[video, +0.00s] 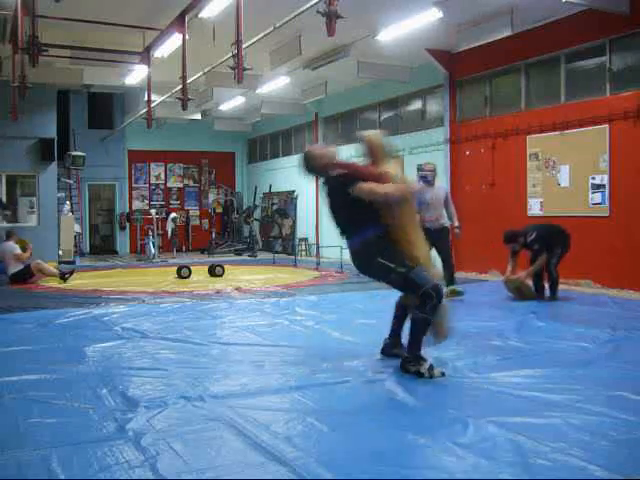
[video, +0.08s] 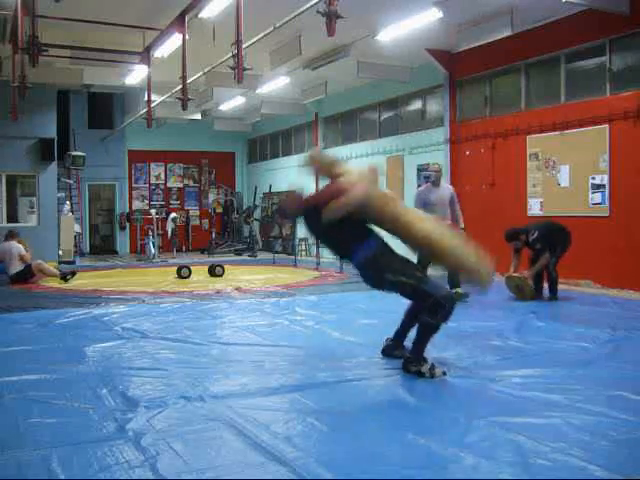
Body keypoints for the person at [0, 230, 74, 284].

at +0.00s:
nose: (17, 239)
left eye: (16, 237)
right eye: (16, 237)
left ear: (8, 237)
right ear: (13, 237)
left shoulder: (5, 245)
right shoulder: (11, 245)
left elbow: (19, 258)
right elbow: (22, 258)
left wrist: (26, 252)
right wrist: (29, 251)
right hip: (16, 275)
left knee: (39, 265)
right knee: (37, 264)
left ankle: (61, 274)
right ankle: (61, 275)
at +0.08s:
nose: (17, 240)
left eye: (17, 238)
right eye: (17, 238)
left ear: (6, 238)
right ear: (14, 238)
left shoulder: (3, 246)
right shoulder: (17, 246)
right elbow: (27, 259)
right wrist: (29, 251)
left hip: (11, 276)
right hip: (18, 275)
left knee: (41, 267)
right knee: (38, 264)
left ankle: (62, 274)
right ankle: (61, 275)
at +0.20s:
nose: (17, 240)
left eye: (17, 238)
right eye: (17, 238)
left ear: (7, 237)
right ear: (15, 238)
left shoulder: (3, 246)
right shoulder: (18, 246)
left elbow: (2, 258)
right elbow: (28, 260)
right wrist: (29, 254)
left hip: (11, 276)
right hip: (19, 274)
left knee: (40, 265)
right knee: (40, 265)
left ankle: (62, 274)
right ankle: (62, 275)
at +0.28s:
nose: (17, 240)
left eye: (16, 238)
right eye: (17, 238)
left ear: (7, 238)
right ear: (15, 238)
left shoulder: (2, 246)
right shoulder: (17, 246)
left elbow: (2, 259)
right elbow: (27, 260)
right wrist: (26, 252)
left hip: (11, 276)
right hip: (18, 274)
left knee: (40, 265)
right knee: (40, 265)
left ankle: (61, 274)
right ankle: (62, 275)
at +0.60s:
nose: (14, 239)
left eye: (14, 237)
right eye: (11, 237)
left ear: (14, 238)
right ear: (7, 238)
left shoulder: (11, 247)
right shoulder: (5, 246)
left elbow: (23, 259)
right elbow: (11, 260)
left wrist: (24, 250)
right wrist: (21, 253)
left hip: (18, 273)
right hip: (13, 275)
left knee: (41, 265)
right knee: (39, 265)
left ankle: (62, 274)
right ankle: (62, 275)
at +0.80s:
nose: (14, 240)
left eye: (15, 238)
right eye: (12, 238)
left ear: (16, 238)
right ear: (8, 239)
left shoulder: (17, 248)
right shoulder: (5, 247)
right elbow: (3, 260)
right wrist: (9, 253)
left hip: (20, 272)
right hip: (12, 275)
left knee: (40, 264)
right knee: (38, 265)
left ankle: (61, 274)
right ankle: (61, 275)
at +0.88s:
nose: (16, 240)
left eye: (17, 238)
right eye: (14, 238)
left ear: (18, 238)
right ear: (10, 239)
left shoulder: (20, 247)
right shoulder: (5, 247)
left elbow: (26, 260)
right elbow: (2, 259)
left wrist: (29, 254)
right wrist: (8, 253)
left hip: (21, 272)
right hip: (12, 275)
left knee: (40, 264)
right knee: (38, 265)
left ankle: (61, 274)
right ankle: (61, 275)